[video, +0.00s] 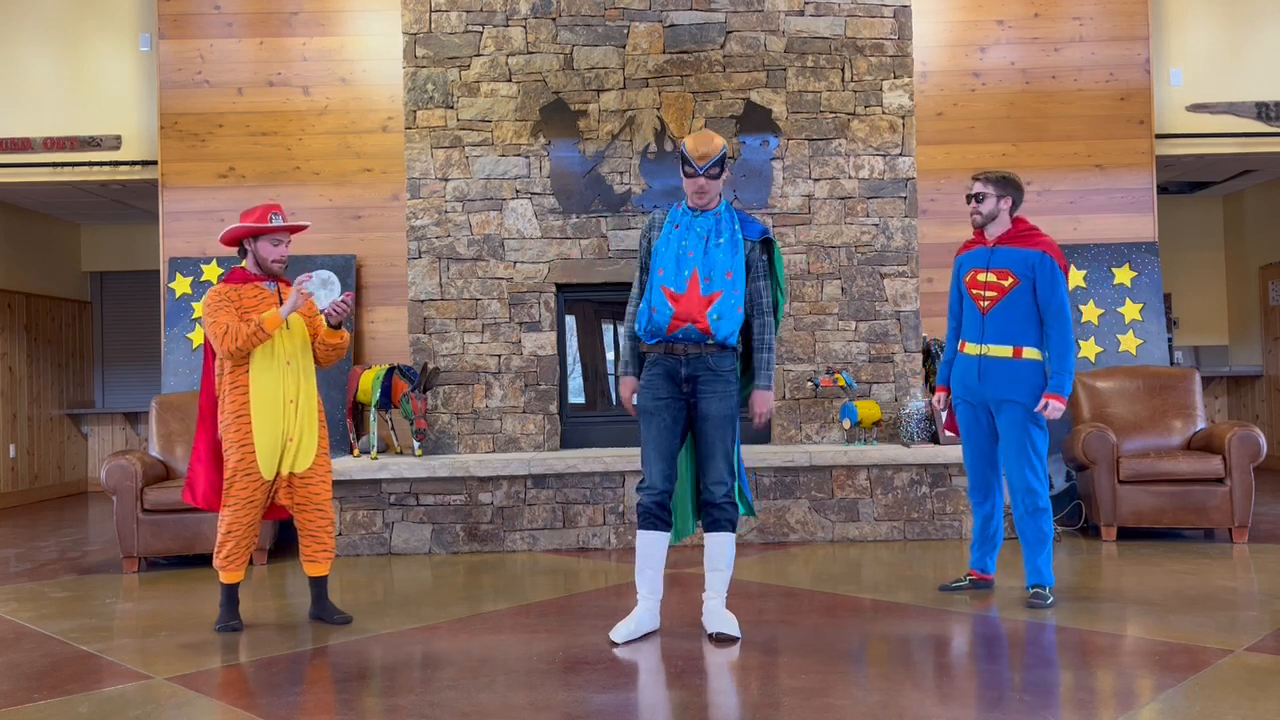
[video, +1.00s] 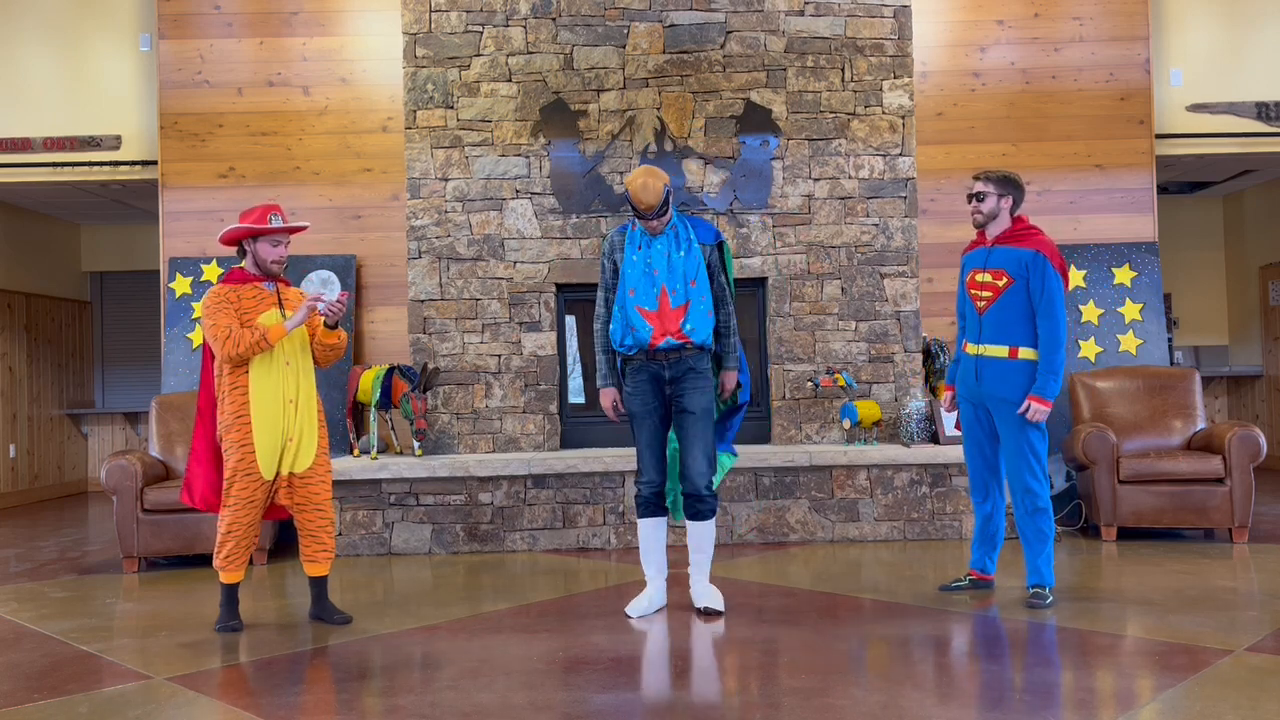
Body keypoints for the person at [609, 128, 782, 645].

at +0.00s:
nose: (699, 185)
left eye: (709, 176)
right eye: (691, 175)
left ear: (726, 175)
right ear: (681, 174)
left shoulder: (749, 233)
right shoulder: (658, 227)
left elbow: (763, 315)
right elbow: (636, 300)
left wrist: (764, 384)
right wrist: (628, 367)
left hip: (718, 367)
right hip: (658, 366)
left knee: (717, 486)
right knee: (655, 485)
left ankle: (716, 606)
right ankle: (647, 607)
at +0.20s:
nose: (696, 202)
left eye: (705, 193)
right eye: (688, 194)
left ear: (721, 184)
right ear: (678, 187)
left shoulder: (746, 233)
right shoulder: (656, 227)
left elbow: (766, 302)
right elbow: (630, 289)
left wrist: (770, 357)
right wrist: (613, 337)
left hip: (715, 368)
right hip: (656, 366)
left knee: (716, 486)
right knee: (654, 485)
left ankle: (715, 606)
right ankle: (655, 597)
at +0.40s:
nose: (687, 212)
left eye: (694, 204)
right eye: (679, 205)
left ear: (709, 193)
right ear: (667, 197)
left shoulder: (735, 237)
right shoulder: (647, 231)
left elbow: (758, 297)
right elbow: (623, 294)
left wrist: (758, 323)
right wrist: (616, 335)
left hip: (711, 371)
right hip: (653, 371)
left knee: (715, 488)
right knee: (653, 490)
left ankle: (715, 605)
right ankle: (654, 578)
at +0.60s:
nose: (667, 223)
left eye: (673, 215)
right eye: (659, 216)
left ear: (685, 203)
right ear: (645, 208)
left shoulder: (715, 240)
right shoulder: (628, 241)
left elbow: (738, 308)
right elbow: (611, 310)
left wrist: (742, 358)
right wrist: (613, 373)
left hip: (701, 372)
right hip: (645, 374)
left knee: (709, 486)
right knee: (652, 486)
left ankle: (715, 604)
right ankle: (655, 589)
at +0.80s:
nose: (651, 225)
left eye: (657, 217)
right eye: (642, 219)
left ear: (671, 201)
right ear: (631, 210)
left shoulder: (703, 234)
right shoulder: (619, 241)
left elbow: (725, 304)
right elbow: (606, 312)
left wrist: (728, 366)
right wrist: (607, 383)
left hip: (696, 368)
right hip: (639, 371)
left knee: (703, 476)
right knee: (650, 481)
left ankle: (710, 594)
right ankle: (656, 589)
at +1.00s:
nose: (651, 222)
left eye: (658, 214)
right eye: (643, 216)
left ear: (671, 200)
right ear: (631, 208)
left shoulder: (703, 235)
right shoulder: (618, 242)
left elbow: (725, 304)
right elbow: (604, 313)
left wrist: (730, 364)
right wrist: (606, 379)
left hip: (695, 367)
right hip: (638, 370)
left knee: (698, 479)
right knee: (650, 479)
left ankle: (701, 583)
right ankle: (655, 586)